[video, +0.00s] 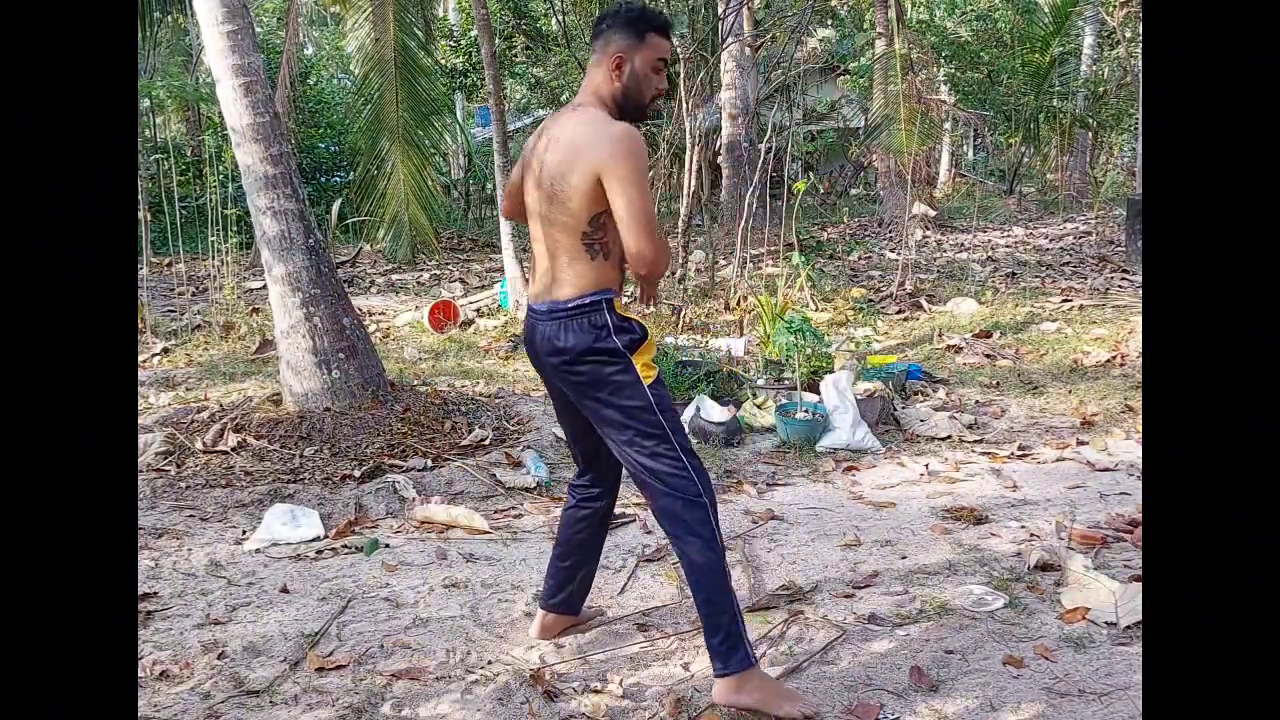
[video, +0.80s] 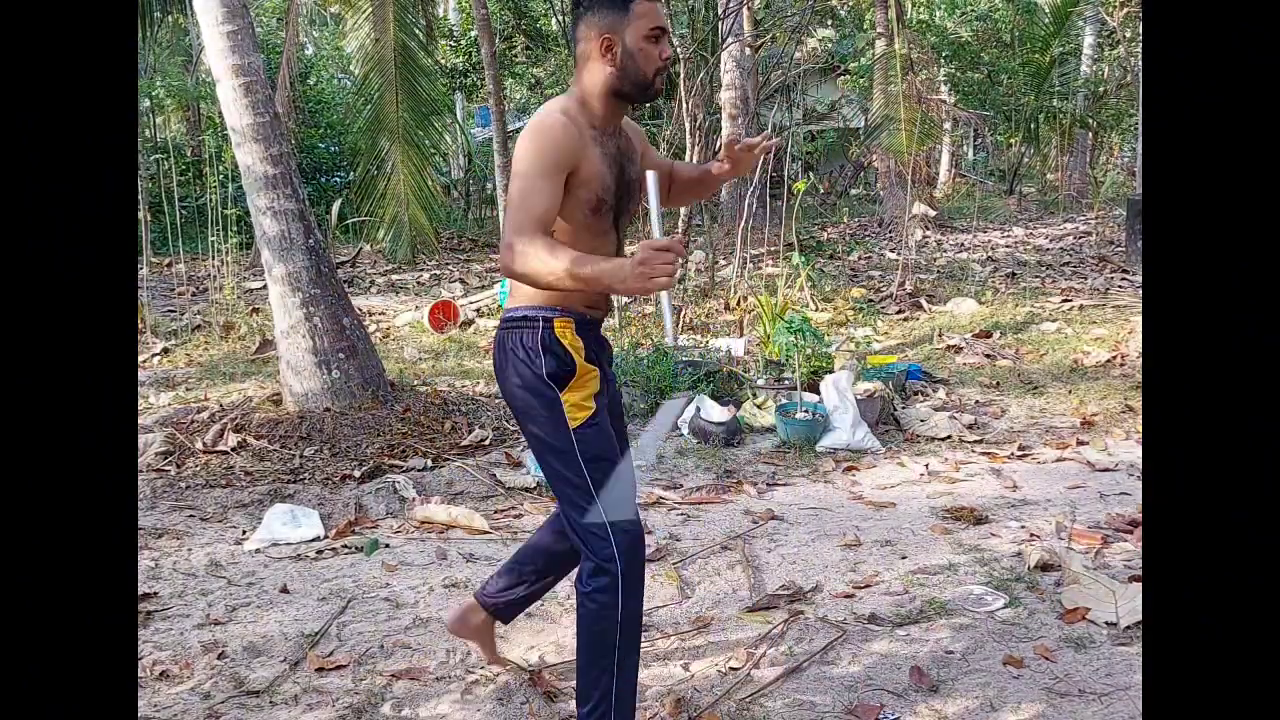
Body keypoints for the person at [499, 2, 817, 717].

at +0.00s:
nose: (664, 86)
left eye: (667, 70)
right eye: (659, 69)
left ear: (607, 66)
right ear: (615, 62)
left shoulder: (549, 128)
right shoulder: (615, 139)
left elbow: (511, 206)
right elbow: (645, 264)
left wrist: (579, 213)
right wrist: (651, 255)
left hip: (546, 331)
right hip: (595, 333)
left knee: (596, 474)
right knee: (685, 490)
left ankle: (558, 608)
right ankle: (737, 672)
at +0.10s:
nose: (643, 84)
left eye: (647, 70)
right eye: (637, 67)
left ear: (587, 65)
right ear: (593, 60)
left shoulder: (532, 129)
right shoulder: (593, 130)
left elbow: (490, 207)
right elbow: (621, 258)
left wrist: (562, 224)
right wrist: (618, 275)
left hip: (533, 326)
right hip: (576, 324)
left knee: (590, 470)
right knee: (669, 477)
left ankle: (558, 608)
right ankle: (663, 667)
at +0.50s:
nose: (633, 94)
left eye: (637, 82)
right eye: (620, 79)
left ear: (623, 86)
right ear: (575, 81)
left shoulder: (573, 151)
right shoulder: (555, 154)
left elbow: (594, 204)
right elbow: (519, 249)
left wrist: (674, 193)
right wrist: (611, 299)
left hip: (548, 343)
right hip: (547, 349)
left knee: (597, 488)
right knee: (627, 519)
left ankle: (562, 608)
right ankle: (608, 710)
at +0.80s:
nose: (669, 55)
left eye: (668, 39)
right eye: (655, 38)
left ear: (608, 47)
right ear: (604, 44)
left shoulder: (616, 130)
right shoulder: (553, 129)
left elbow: (666, 185)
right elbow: (518, 253)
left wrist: (721, 173)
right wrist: (616, 273)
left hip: (580, 341)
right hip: (545, 346)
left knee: (600, 509)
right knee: (615, 542)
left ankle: (482, 612)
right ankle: (606, 714)